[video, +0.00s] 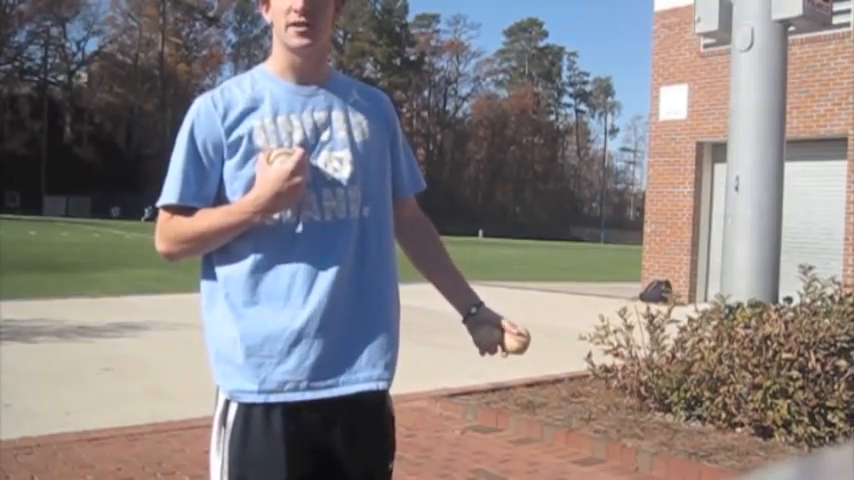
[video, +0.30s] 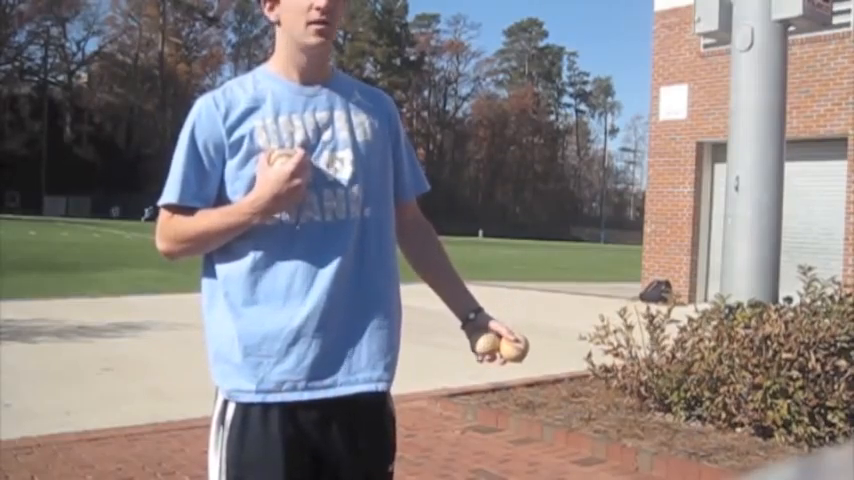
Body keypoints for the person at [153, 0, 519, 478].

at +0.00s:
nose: (303, 9)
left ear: (339, 10)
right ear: (266, 9)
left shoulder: (374, 109)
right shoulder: (217, 112)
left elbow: (409, 219)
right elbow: (169, 239)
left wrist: (474, 312)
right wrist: (257, 203)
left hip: (359, 383)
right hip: (260, 389)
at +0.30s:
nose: (324, 6)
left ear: (345, 13)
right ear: (272, 9)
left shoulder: (377, 110)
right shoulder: (219, 112)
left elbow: (410, 224)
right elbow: (170, 238)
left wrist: (474, 318)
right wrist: (259, 203)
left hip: (360, 386)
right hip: (259, 392)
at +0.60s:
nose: (368, 12)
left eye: (365, 2)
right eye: (358, 1)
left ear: (311, 11)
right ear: (309, 8)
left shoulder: (371, 108)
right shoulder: (223, 111)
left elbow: (399, 227)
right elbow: (168, 235)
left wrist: (454, 317)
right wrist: (263, 215)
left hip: (367, 384)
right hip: (271, 391)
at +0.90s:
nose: (366, 10)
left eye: (363, 1)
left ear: (305, 9)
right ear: (302, 6)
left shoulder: (362, 103)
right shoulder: (229, 110)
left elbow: (382, 219)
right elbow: (166, 231)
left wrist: (431, 313)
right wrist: (272, 243)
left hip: (370, 382)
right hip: (283, 393)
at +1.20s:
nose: (306, 9)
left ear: (351, 14)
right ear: (281, 8)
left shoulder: (378, 111)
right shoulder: (230, 106)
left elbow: (395, 226)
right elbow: (133, 211)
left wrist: (422, 333)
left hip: (369, 383)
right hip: (273, 390)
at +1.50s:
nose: (302, 7)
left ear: (357, 13)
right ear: (285, 7)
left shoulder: (391, 115)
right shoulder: (228, 96)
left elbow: (407, 234)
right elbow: (103, 126)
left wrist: (434, 344)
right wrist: (91, 14)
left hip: (366, 394)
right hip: (265, 398)